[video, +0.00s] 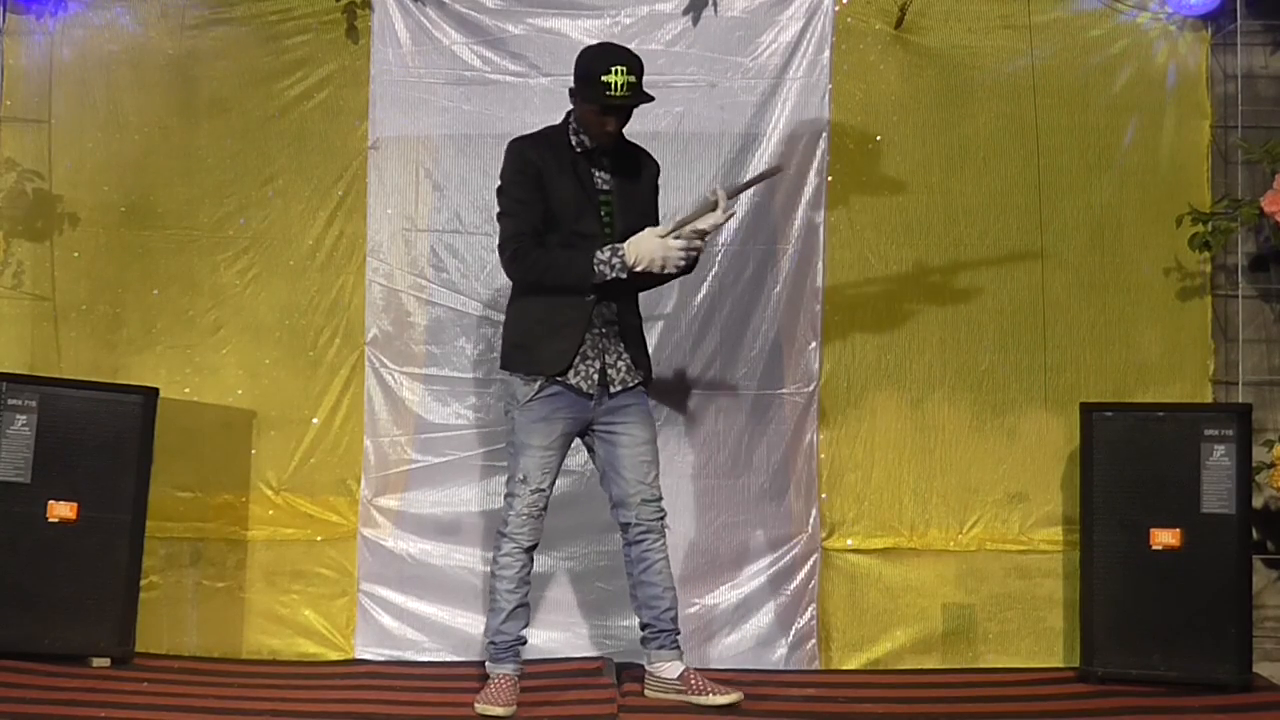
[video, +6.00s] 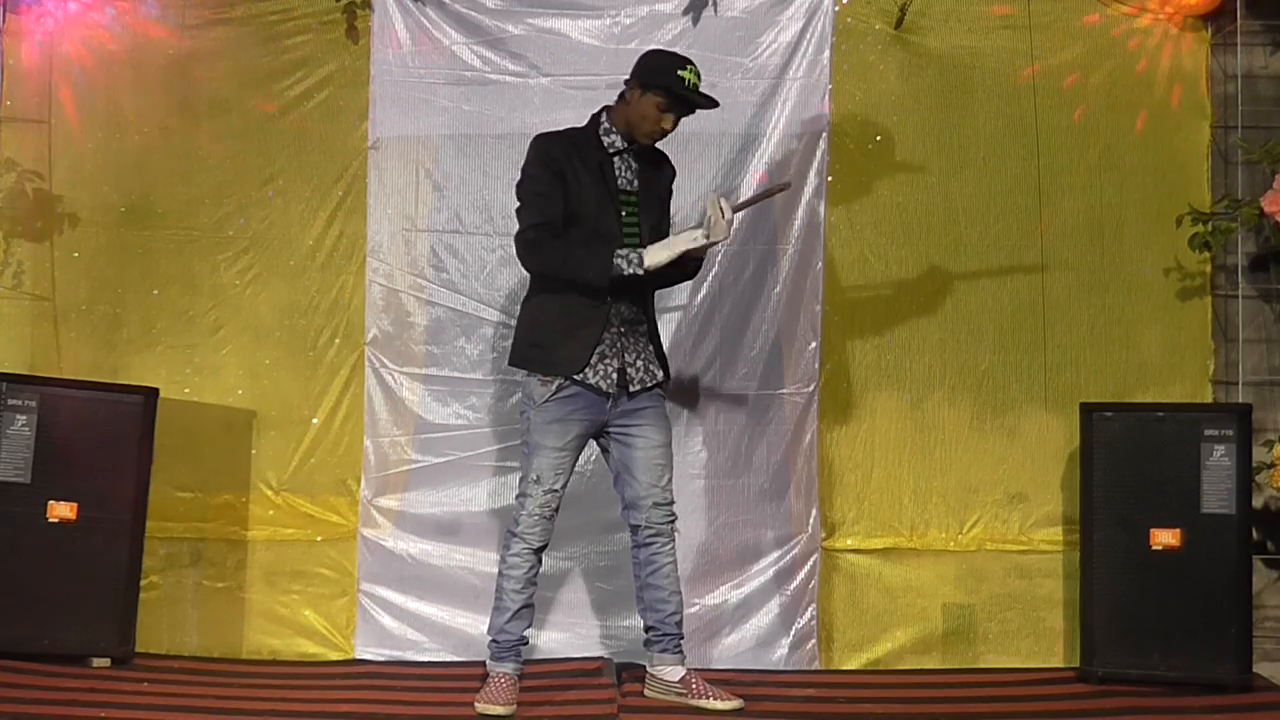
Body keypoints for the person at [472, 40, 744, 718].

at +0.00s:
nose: (616, 121)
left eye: (626, 110)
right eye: (606, 109)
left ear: (635, 104)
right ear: (577, 97)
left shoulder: (640, 167)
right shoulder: (529, 157)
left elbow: (630, 274)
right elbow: (521, 263)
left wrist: (680, 251)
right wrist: (619, 256)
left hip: (622, 375)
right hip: (547, 375)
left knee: (643, 515)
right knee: (523, 522)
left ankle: (666, 668)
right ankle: (502, 671)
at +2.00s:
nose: (660, 104)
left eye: (664, 91)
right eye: (649, 91)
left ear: (659, 92)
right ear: (613, 90)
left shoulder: (662, 173)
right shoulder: (560, 153)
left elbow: (656, 278)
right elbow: (558, 254)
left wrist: (713, 253)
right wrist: (656, 247)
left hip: (647, 372)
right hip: (573, 370)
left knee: (656, 517)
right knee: (542, 518)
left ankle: (666, 667)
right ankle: (505, 666)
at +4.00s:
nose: (646, 121)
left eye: (656, 113)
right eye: (640, 105)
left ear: (658, 115)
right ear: (610, 91)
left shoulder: (651, 170)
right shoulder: (544, 156)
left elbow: (644, 275)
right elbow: (540, 260)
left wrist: (692, 255)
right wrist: (638, 253)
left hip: (636, 376)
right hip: (561, 376)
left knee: (653, 519)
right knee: (532, 525)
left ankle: (666, 671)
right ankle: (503, 672)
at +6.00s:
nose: (671, 125)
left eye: (680, 115)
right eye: (665, 109)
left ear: (675, 114)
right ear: (631, 93)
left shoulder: (657, 171)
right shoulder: (555, 151)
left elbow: (645, 273)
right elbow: (537, 250)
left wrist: (699, 247)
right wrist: (631, 261)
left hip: (638, 374)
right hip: (564, 372)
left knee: (654, 518)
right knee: (533, 521)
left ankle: (666, 670)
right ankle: (502, 669)